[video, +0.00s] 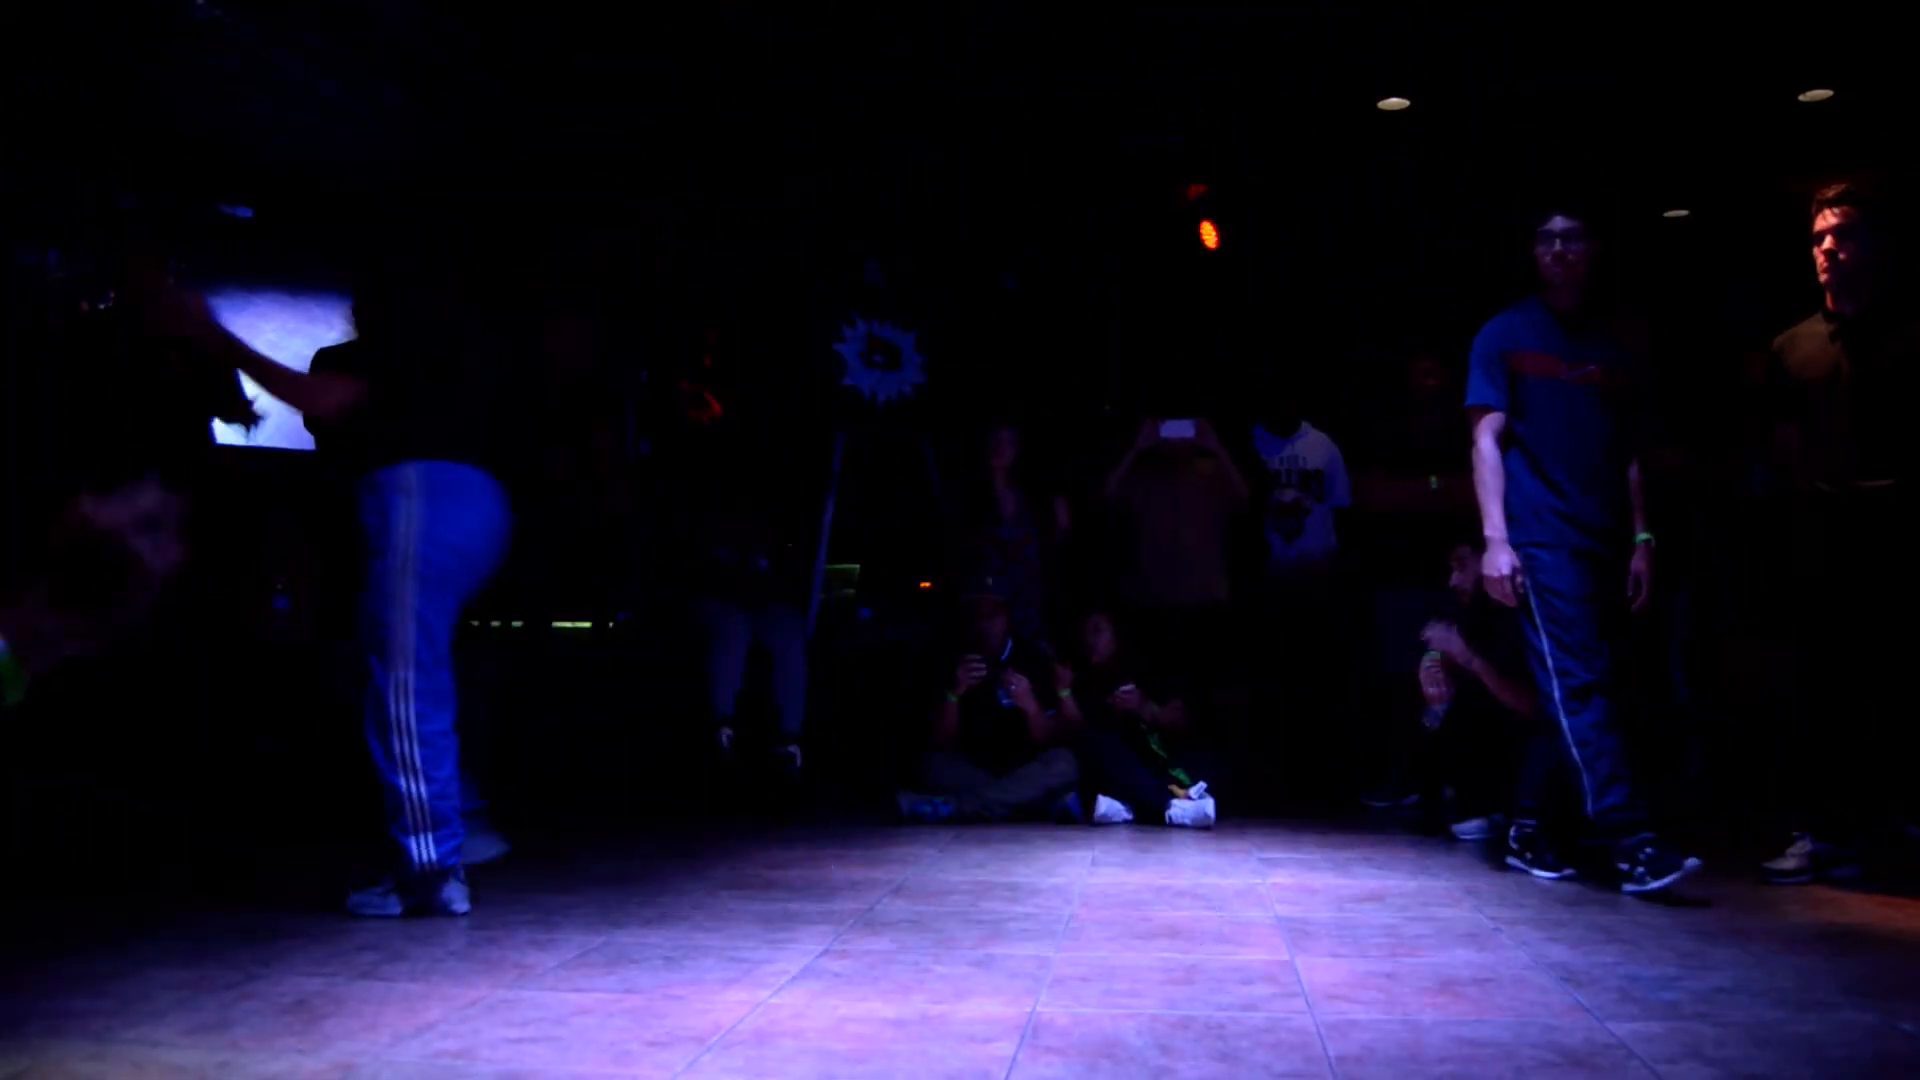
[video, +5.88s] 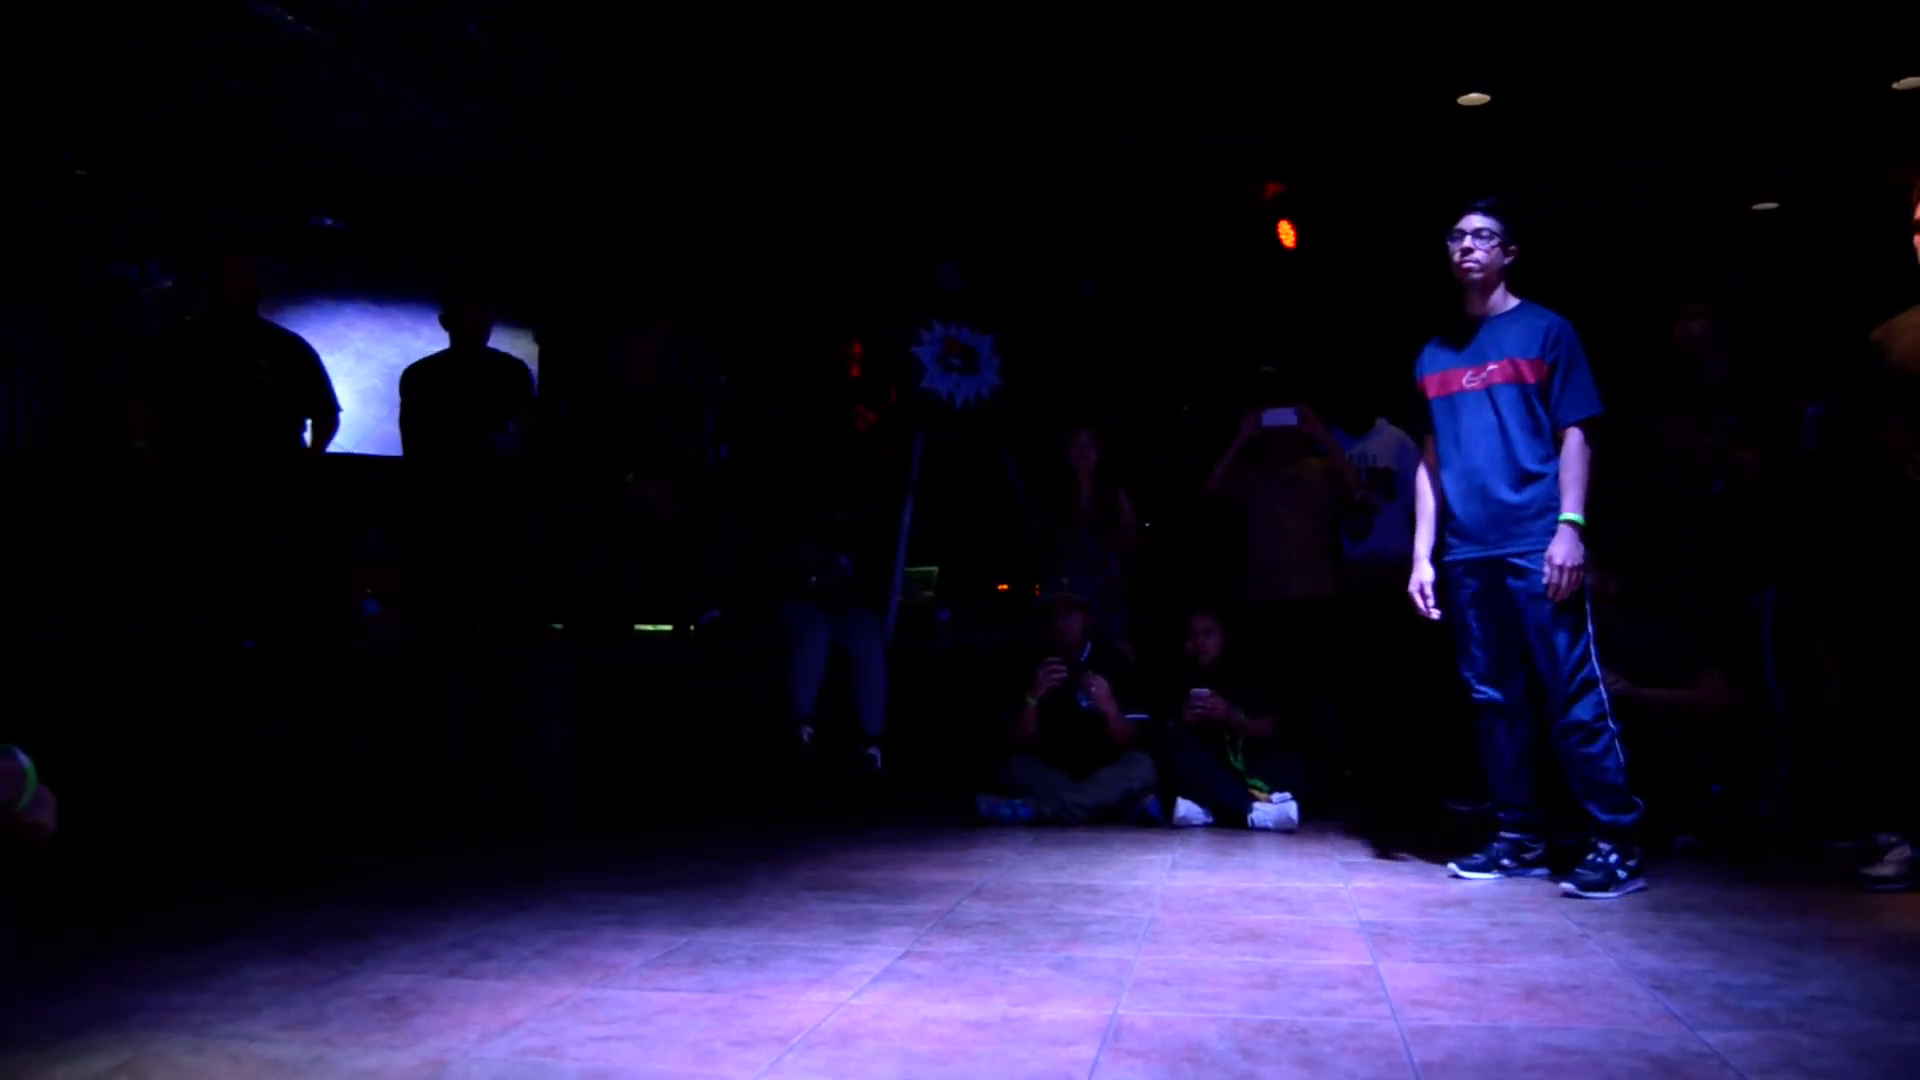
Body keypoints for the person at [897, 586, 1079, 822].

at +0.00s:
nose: (987, 628)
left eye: (994, 619)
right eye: (979, 620)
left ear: (1007, 622)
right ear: (969, 625)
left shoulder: (1029, 660)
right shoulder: (956, 661)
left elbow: (1045, 736)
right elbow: (941, 739)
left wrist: (1028, 703)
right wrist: (956, 693)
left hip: (1021, 754)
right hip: (970, 755)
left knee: (1062, 765)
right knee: (934, 767)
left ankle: (956, 807)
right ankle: (1038, 805)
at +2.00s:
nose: (983, 623)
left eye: (992, 614)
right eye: (976, 615)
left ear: (1009, 619)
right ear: (966, 620)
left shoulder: (1030, 659)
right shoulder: (954, 660)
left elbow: (1045, 741)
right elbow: (941, 741)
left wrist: (1029, 703)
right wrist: (954, 694)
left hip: (1021, 756)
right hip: (970, 756)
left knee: (1063, 765)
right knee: (934, 766)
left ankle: (958, 808)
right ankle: (1039, 807)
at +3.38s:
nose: (1003, 628)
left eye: (1012, 619)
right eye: (997, 619)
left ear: (1032, 623)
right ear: (989, 626)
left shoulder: (1055, 665)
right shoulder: (977, 666)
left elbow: (1075, 744)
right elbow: (966, 743)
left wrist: (1055, 710)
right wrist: (980, 700)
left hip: (1047, 762)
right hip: (994, 764)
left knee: (1089, 771)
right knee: (959, 771)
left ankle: (985, 814)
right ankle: (1065, 813)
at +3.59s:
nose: (1037, 625)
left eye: (1045, 616)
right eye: (1031, 617)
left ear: (1062, 621)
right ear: (1022, 624)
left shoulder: (1085, 661)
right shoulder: (1010, 662)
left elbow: (1102, 741)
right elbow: (996, 740)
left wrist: (1083, 706)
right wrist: (1010, 695)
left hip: (1076, 757)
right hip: (1025, 758)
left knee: (1117, 767)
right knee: (991, 769)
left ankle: (1014, 810)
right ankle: (1094, 809)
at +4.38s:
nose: (1072, 625)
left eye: (1079, 615)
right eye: (1064, 616)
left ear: (1091, 620)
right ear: (1051, 621)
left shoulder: (1110, 660)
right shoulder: (1036, 662)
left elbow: (1128, 738)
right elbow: (1024, 742)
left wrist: (1108, 705)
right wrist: (1034, 694)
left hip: (1101, 757)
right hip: (1051, 757)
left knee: (1141, 766)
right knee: (1018, 768)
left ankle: (1037, 809)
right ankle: (1120, 808)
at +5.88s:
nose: (1065, 629)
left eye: (1072, 620)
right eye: (1058, 621)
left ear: (1086, 623)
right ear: (1048, 627)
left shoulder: (1109, 661)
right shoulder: (1034, 663)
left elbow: (1129, 738)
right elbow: (1021, 741)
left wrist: (1107, 705)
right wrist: (1034, 696)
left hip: (1100, 756)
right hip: (1050, 756)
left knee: (1140, 767)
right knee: (1016, 769)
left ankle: (1035, 809)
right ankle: (1119, 809)